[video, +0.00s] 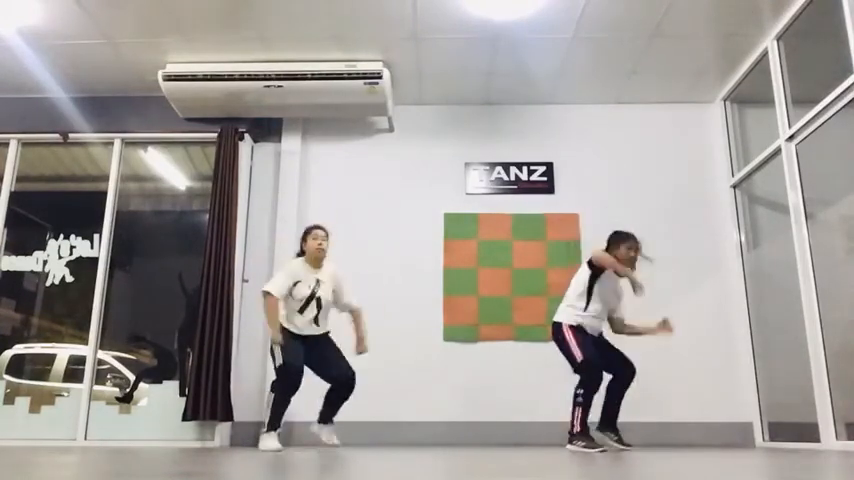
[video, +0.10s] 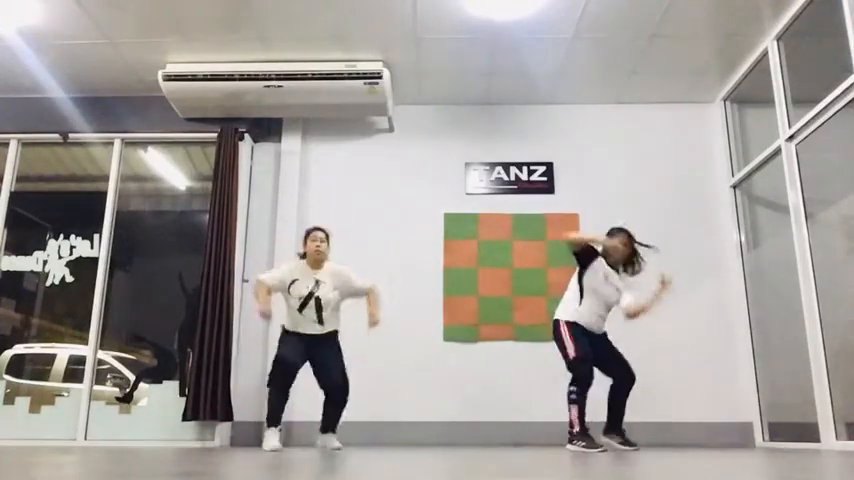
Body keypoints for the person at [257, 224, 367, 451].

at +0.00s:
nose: (321, 243)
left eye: (324, 240)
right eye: (315, 239)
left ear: (328, 246)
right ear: (304, 244)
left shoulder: (331, 274)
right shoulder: (294, 268)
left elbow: (352, 308)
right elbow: (271, 294)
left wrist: (360, 338)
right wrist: (274, 329)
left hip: (318, 339)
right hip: (290, 336)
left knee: (345, 378)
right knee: (290, 376)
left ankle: (324, 424)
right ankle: (270, 432)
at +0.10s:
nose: (319, 245)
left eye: (323, 242)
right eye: (314, 241)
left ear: (328, 248)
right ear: (305, 247)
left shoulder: (338, 275)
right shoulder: (291, 271)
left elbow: (370, 290)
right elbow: (263, 282)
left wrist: (373, 313)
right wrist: (264, 304)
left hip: (326, 341)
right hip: (294, 338)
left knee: (338, 388)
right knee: (279, 380)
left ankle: (327, 434)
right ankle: (272, 430)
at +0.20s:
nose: (317, 243)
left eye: (321, 240)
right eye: (312, 239)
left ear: (328, 246)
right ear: (304, 245)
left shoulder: (339, 272)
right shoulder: (289, 270)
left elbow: (367, 273)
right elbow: (263, 273)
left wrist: (372, 278)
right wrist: (259, 278)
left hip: (329, 338)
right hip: (297, 337)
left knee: (341, 385)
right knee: (278, 375)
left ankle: (327, 435)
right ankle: (272, 431)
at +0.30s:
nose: (314, 240)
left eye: (319, 237)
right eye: (310, 236)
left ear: (326, 244)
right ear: (303, 242)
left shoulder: (338, 269)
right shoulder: (288, 270)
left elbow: (366, 271)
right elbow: (258, 266)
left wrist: (370, 257)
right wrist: (253, 254)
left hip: (330, 335)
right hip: (298, 335)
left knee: (353, 377)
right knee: (276, 382)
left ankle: (335, 430)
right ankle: (275, 434)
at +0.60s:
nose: (322, 237)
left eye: (327, 234)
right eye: (318, 234)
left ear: (333, 241)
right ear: (311, 240)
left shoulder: (346, 265)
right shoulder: (299, 265)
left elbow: (375, 273)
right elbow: (270, 270)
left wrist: (385, 251)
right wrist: (268, 248)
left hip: (337, 326)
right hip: (307, 326)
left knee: (350, 379)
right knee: (286, 378)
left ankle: (352, 434)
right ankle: (278, 434)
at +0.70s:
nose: (325, 240)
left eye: (330, 237)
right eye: (322, 237)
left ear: (337, 244)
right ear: (315, 243)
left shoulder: (345, 271)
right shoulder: (305, 266)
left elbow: (364, 286)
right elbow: (279, 277)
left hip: (340, 326)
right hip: (312, 326)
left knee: (353, 379)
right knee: (290, 378)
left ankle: (353, 434)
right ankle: (278, 434)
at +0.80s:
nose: (332, 239)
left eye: (336, 236)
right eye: (328, 236)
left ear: (345, 243)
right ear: (322, 242)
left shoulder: (353, 272)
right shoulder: (311, 264)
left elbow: (379, 297)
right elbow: (286, 285)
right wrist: (286, 319)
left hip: (343, 330)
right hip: (313, 328)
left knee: (355, 380)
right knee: (291, 378)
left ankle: (353, 433)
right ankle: (278, 433)